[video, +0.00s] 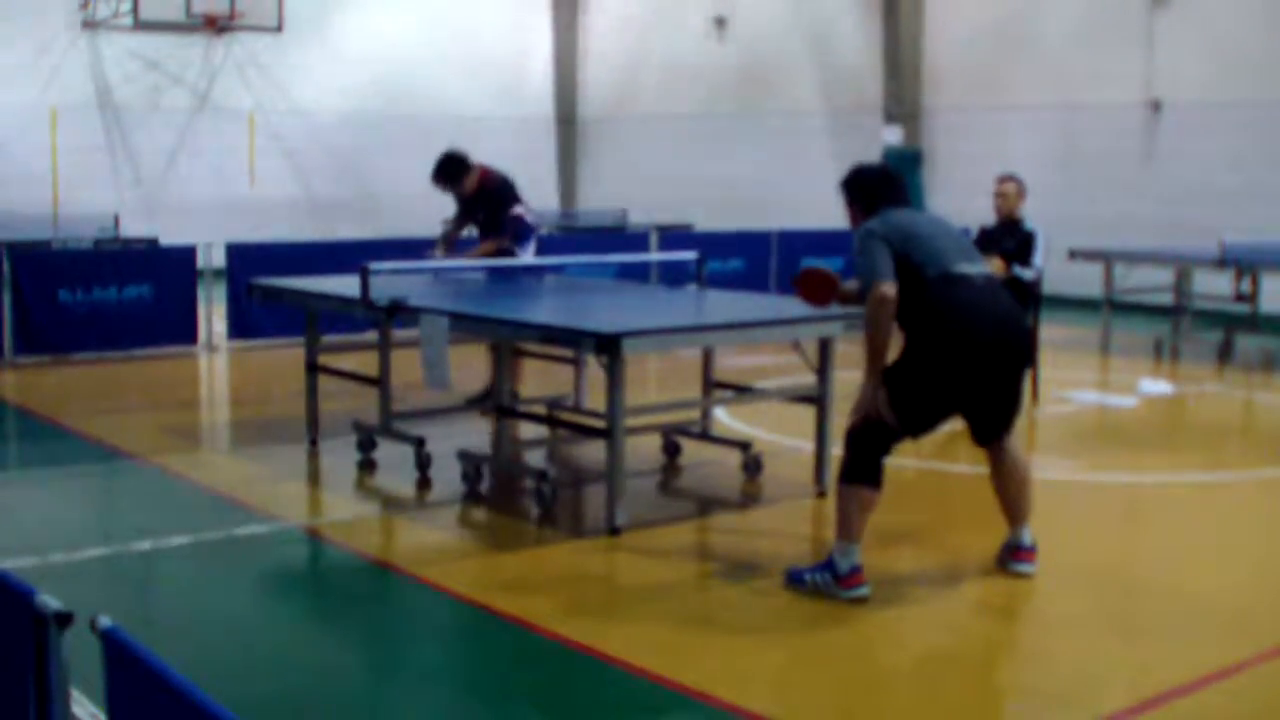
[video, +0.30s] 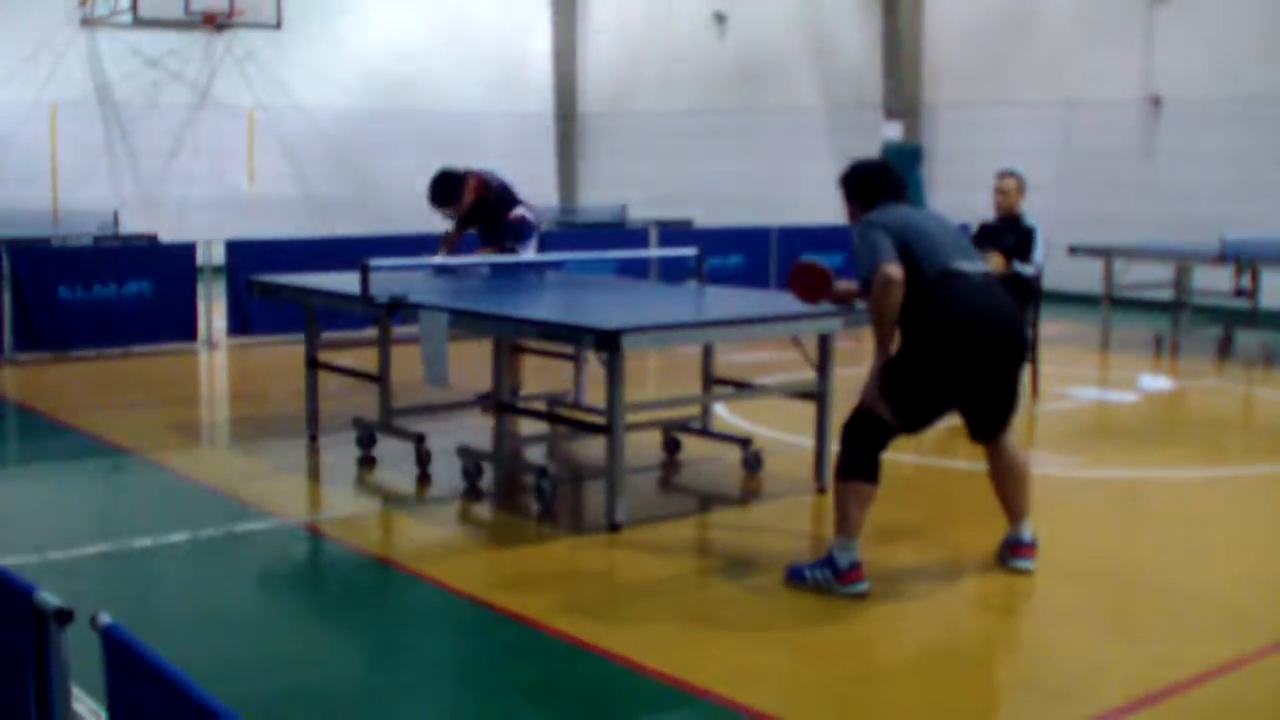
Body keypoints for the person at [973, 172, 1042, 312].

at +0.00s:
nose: (999, 203)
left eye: (1005, 197)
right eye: (997, 196)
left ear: (1020, 199)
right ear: (993, 198)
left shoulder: (1032, 235)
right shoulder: (985, 233)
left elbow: (1034, 273)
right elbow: (965, 265)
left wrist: (1009, 270)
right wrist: (987, 266)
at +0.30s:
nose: (1000, 199)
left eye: (1006, 193)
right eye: (998, 192)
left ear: (1019, 196)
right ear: (993, 194)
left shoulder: (1030, 231)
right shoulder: (985, 229)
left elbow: (1034, 270)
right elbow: (965, 262)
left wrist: (1008, 266)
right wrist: (987, 264)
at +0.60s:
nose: (1000, 199)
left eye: (1006, 193)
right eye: (998, 192)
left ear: (1019, 196)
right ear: (994, 194)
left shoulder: (1032, 232)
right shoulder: (985, 230)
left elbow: (1035, 271)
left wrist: (1008, 266)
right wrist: (986, 263)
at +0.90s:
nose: (1000, 199)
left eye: (1006, 193)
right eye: (998, 192)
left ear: (1019, 196)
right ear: (994, 194)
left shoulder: (1032, 232)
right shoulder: (985, 230)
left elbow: (1034, 270)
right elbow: (969, 260)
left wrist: (1008, 266)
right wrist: (986, 261)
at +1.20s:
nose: (999, 199)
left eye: (1006, 193)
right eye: (997, 192)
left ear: (1019, 195)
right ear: (994, 193)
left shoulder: (1033, 231)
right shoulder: (985, 230)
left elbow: (1035, 269)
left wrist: (1008, 266)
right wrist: (986, 263)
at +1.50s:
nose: (1000, 199)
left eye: (1006, 193)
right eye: (997, 192)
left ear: (1019, 195)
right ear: (993, 193)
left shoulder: (1032, 230)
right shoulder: (985, 229)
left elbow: (1035, 269)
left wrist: (1008, 265)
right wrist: (986, 261)